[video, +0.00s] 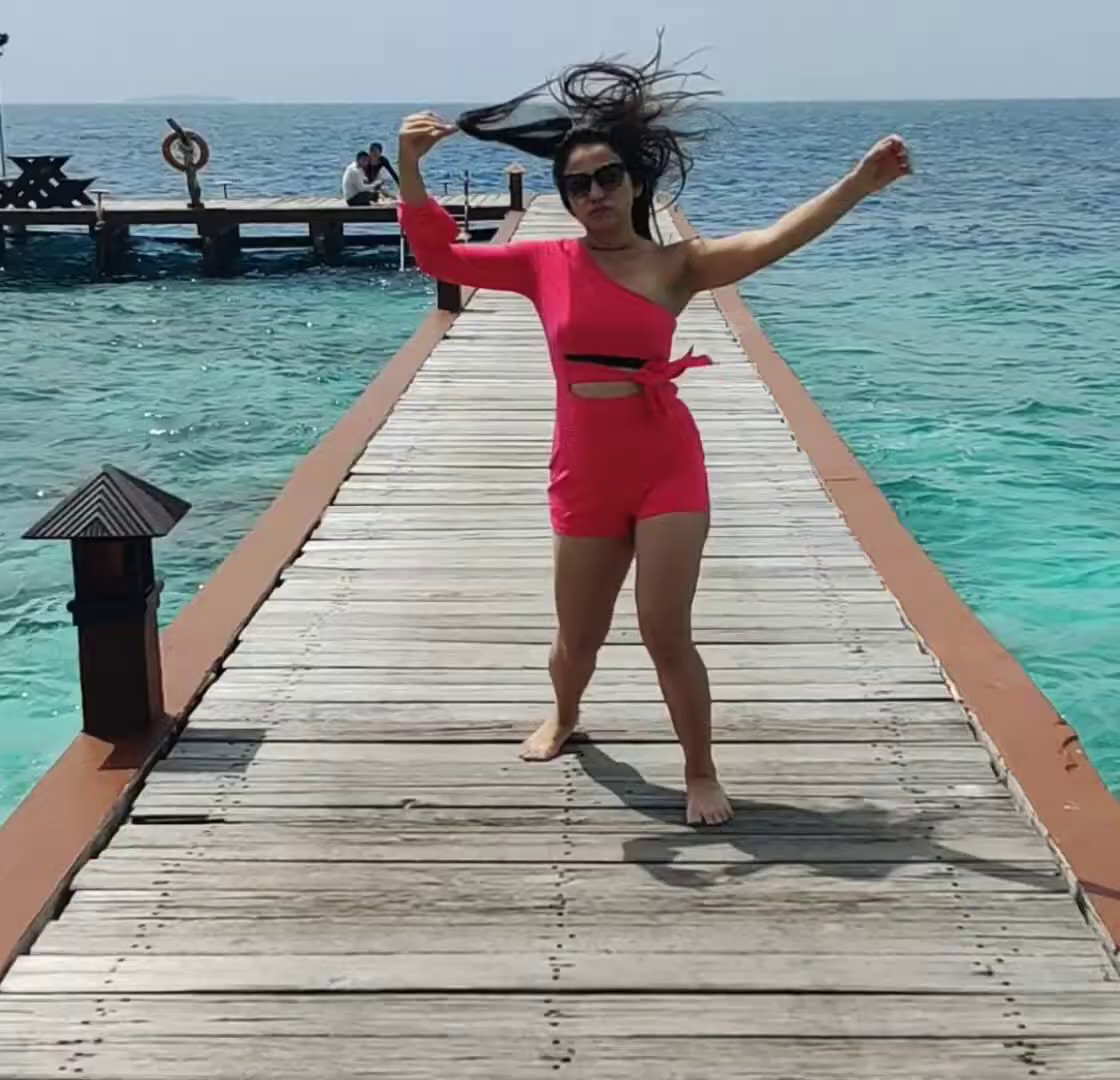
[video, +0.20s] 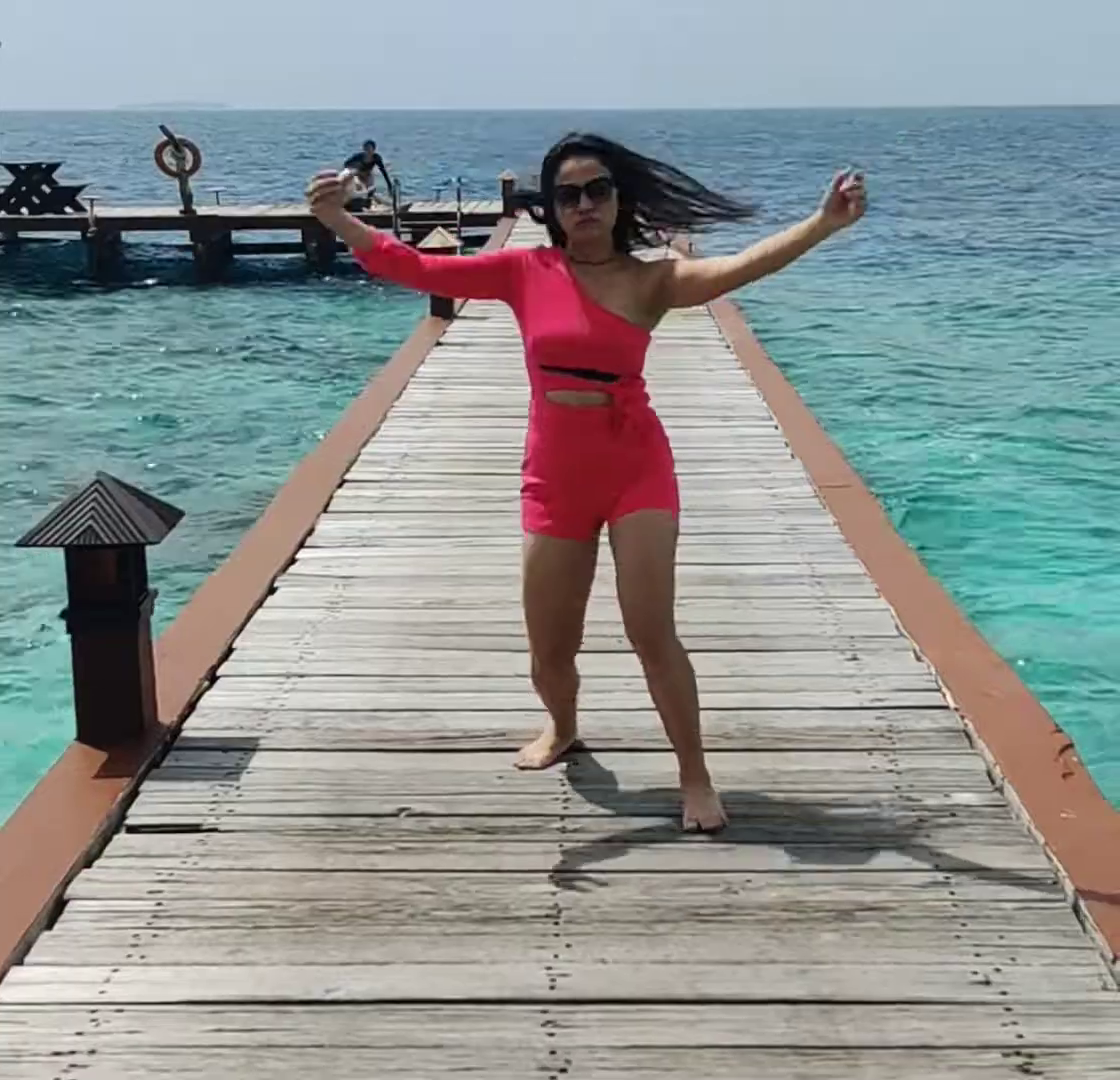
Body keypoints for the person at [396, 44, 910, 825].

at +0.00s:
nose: (595, 193)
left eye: (608, 177)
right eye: (578, 182)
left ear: (637, 181)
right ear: (563, 193)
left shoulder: (677, 264)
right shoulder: (545, 262)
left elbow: (770, 243)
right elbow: (444, 259)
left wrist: (855, 187)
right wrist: (409, 168)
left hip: (666, 465)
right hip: (582, 469)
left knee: (665, 631)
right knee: (577, 637)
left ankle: (700, 773)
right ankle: (563, 721)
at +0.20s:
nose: (584, 206)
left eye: (597, 191)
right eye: (569, 195)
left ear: (620, 198)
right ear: (551, 207)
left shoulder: (653, 279)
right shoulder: (524, 271)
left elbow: (741, 269)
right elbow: (418, 268)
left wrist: (823, 224)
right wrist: (341, 221)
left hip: (639, 467)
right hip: (555, 474)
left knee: (651, 631)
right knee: (550, 647)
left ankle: (696, 781)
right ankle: (562, 730)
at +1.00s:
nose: (701, 224)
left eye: (718, 213)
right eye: (689, 209)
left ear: (742, 219)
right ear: (671, 212)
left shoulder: (763, 263)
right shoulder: (648, 291)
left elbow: (852, 295)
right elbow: (585, 383)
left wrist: (782, 342)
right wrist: (602, 452)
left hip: (749, 465)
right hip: (670, 460)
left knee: (735, 620)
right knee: (644, 610)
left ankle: (726, 731)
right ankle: (641, 755)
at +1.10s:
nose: (687, 239)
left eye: (705, 228)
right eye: (675, 223)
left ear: (728, 234)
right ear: (657, 225)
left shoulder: (750, 275)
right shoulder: (629, 301)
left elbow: (849, 286)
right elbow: (536, 358)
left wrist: (782, 314)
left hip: (734, 482)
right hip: (655, 480)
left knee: (723, 644)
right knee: (648, 635)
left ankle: (711, 763)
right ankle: (634, 740)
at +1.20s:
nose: (681, 263)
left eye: (697, 252)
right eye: (668, 248)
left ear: (722, 258)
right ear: (651, 249)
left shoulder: (733, 303)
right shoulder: (619, 312)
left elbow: (829, 317)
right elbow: (517, 347)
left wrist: (748, 319)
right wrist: (432, 401)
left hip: (726, 508)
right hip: (647, 512)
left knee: (721, 669)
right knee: (658, 678)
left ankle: (703, 786)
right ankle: (625, 717)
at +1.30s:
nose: (673, 289)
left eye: (690, 279)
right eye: (661, 274)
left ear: (711, 287)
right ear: (643, 276)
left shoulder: (722, 342)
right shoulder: (607, 340)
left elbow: (812, 365)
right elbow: (502, 354)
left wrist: (732, 360)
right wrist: (398, 369)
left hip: (715, 529)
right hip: (639, 534)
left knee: (717, 691)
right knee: (652, 696)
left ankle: (697, 806)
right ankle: (617, 744)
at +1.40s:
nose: (660, 287)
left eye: (676, 277)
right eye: (647, 274)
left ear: (694, 287)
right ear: (627, 280)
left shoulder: (709, 351)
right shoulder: (590, 343)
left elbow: (795, 388)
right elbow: (488, 344)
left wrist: (715, 378)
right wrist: (386, 341)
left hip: (696, 530)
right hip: (618, 536)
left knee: (696, 690)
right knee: (633, 695)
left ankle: (688, 818)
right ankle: (603, 764)